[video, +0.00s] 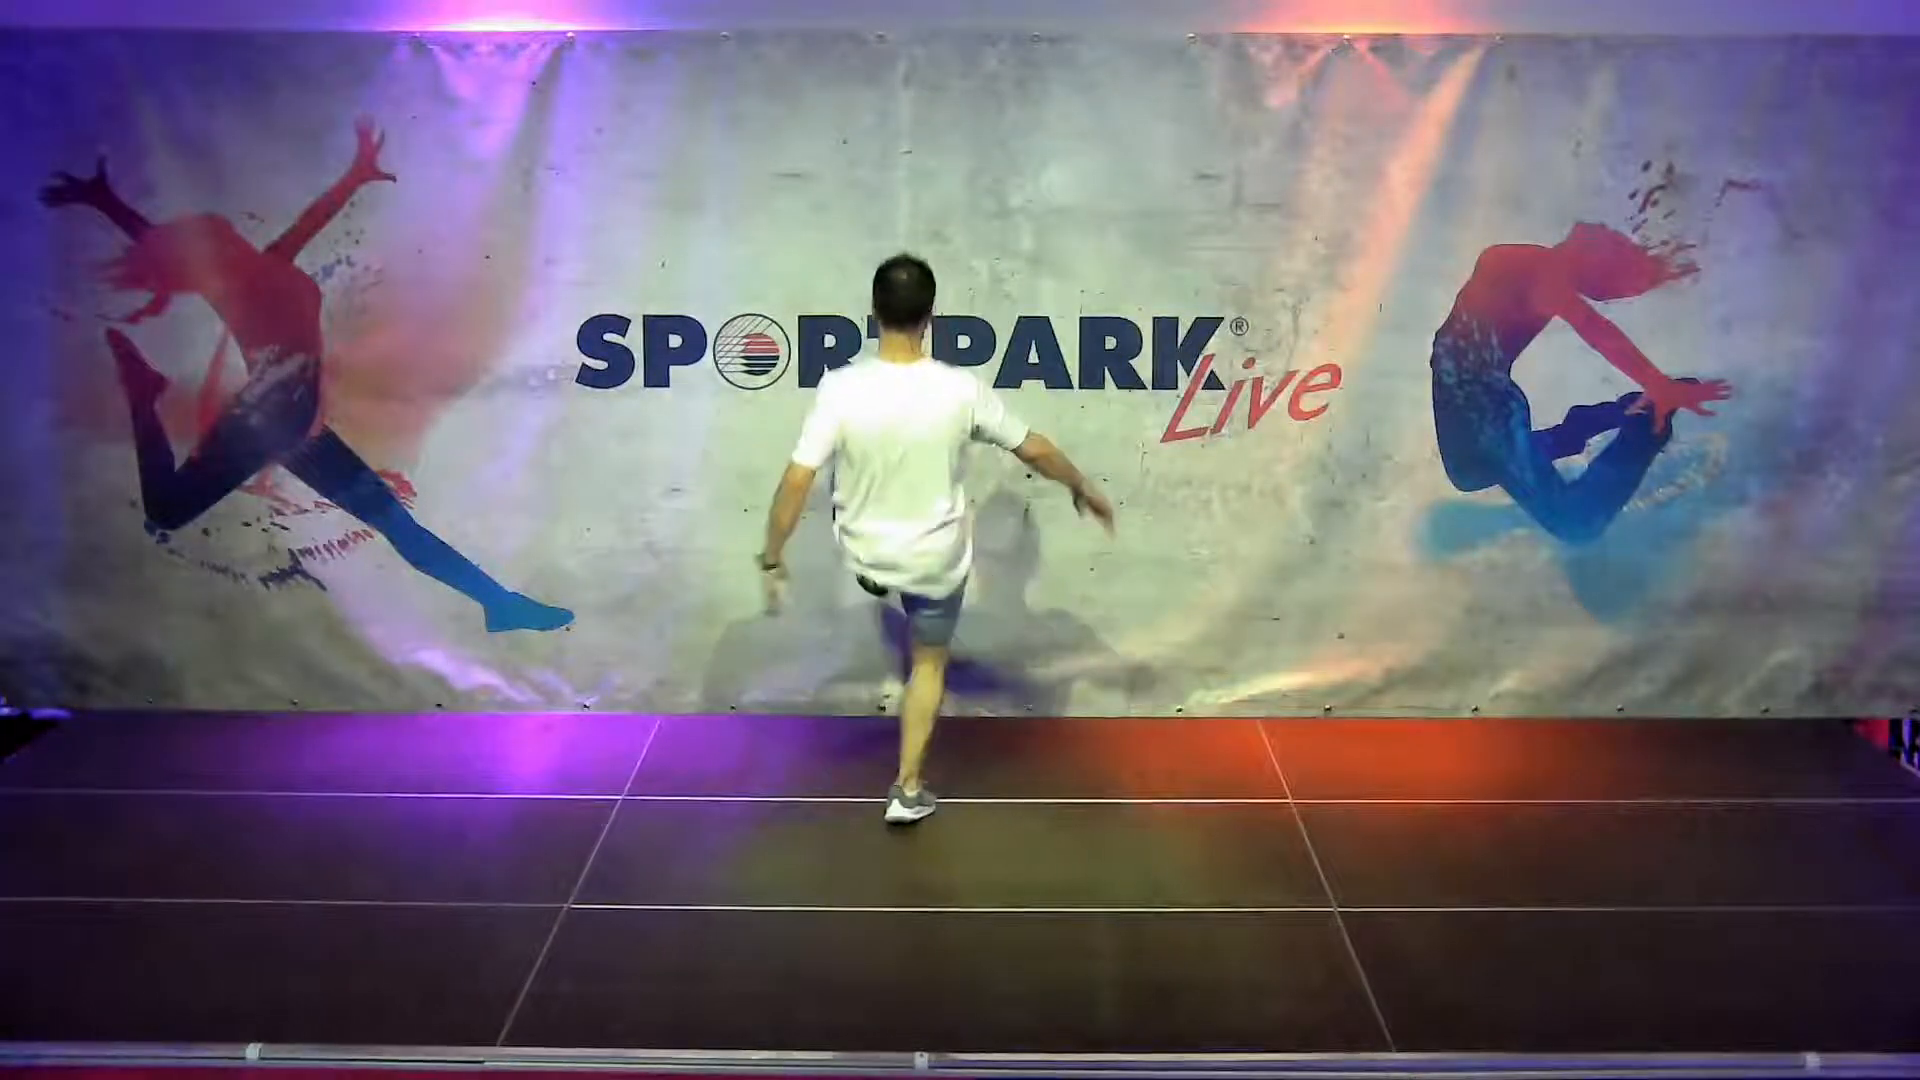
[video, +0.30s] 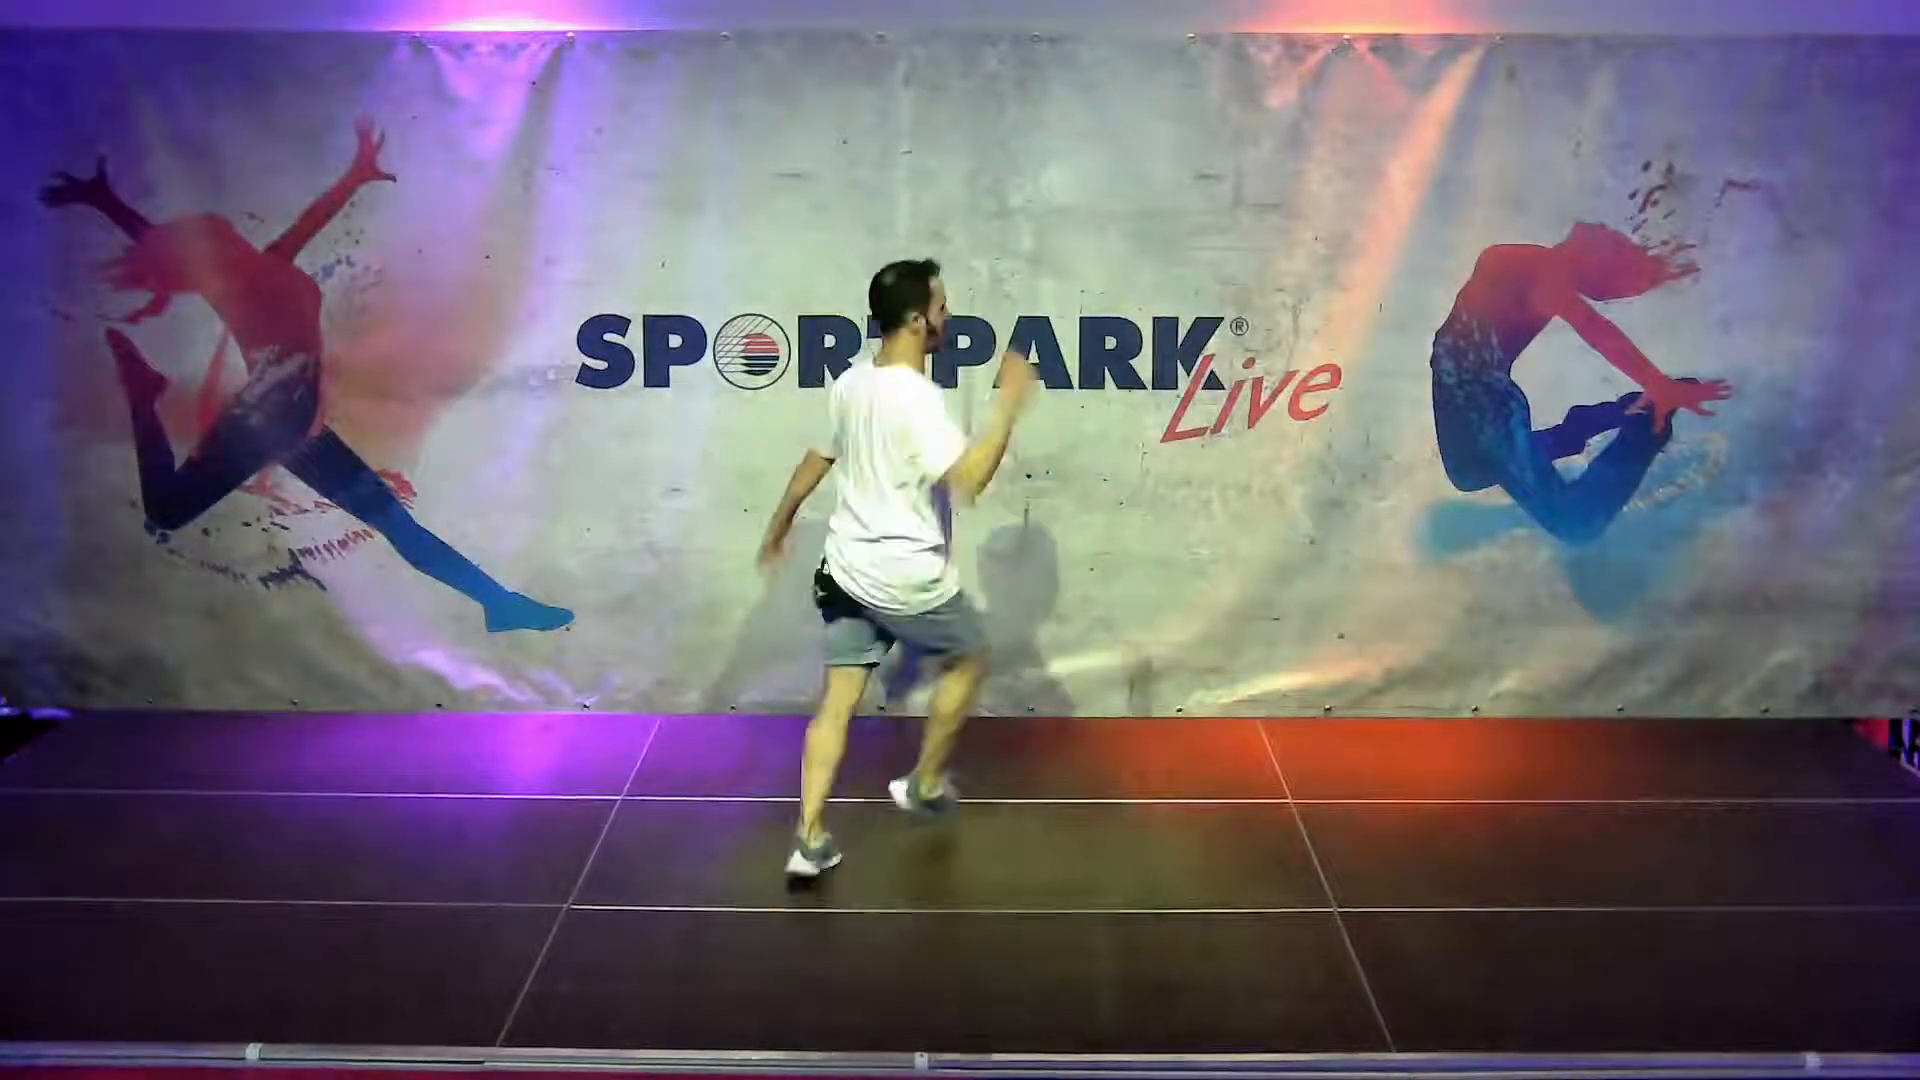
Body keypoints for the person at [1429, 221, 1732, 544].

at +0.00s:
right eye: (1608, 280)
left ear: (1588, 243)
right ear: (1592, 239)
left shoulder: (1546, 280)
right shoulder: (1536, 266)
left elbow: (1596, 329)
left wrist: (1657, 383)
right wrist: (1648, 271)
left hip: (1487, 400)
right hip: (1454, 388)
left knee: (1575, 524)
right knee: (1468, 474)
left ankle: (1647, 426)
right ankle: (1570, 436)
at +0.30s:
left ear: (1589, 244)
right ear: (1592, 238)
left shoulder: (1547, 281)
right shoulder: (1535, 265)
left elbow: (1596, 329)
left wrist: (1657, 383)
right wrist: (1648, 271)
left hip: (1486, 401)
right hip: (1455, 390)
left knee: (1575, 524)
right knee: (1467, 474)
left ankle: (1647, 426)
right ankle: (1570, 437)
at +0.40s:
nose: (1599, 231)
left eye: (1604, 245)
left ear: (1589, 245)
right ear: (1592, 237)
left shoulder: (1547, 281)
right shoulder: (1536, 265)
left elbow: (1596, 329)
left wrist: (1657, 383)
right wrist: (1648, 272)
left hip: (1486, 401)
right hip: (1455, 390)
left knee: (1575, 524)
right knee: (1467, 474)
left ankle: (1647, 426)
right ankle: (1570, 437)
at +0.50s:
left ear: (1588, 243)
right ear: (1591, 238)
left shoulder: (1546, 280)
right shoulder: (1537, 265)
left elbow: (1596, 330)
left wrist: (1657, 383)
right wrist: (1648, 271)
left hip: (1486, 400)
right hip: (1454, 388)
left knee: (1575, 524)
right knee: (1468, 474)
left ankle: (1647, 426)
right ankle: (1570, 437)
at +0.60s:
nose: (1596, 229)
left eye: (1604, 244)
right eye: (1610, 240)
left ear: (1589, 245)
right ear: (1590, 237)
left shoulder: (1547, 280)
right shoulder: (1536, 265)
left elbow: (1596, 330)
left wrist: (1657, 383)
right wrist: (1649, 272)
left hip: (1487, 400)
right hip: (1454, 388)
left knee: (1574, 524)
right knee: (1468, 474)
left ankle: (1647, 426)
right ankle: (1569, 437)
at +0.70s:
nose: (1599, 231)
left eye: (1605, 245)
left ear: (1591, 247)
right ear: (1593, 237)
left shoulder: (1546, 280)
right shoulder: (1534, 265)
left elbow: (1596, 329)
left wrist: (1657, 383)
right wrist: (1649, 272)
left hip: (1487, 401)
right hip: (1454, 390)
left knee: (1575, 524)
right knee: (1467, 474)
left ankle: (1648, 425)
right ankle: (1570, 436)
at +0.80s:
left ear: (1588, 243)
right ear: (1591, 238)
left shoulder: (1546, 280)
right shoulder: (1537, 265)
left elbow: (1596, 330)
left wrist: (1657, 383)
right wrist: (1648, 271)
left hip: (1486, 400)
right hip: (1455, 388)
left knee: (1575, 524)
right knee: (1468, 474)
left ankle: (1647, 426)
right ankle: (1570, 436)